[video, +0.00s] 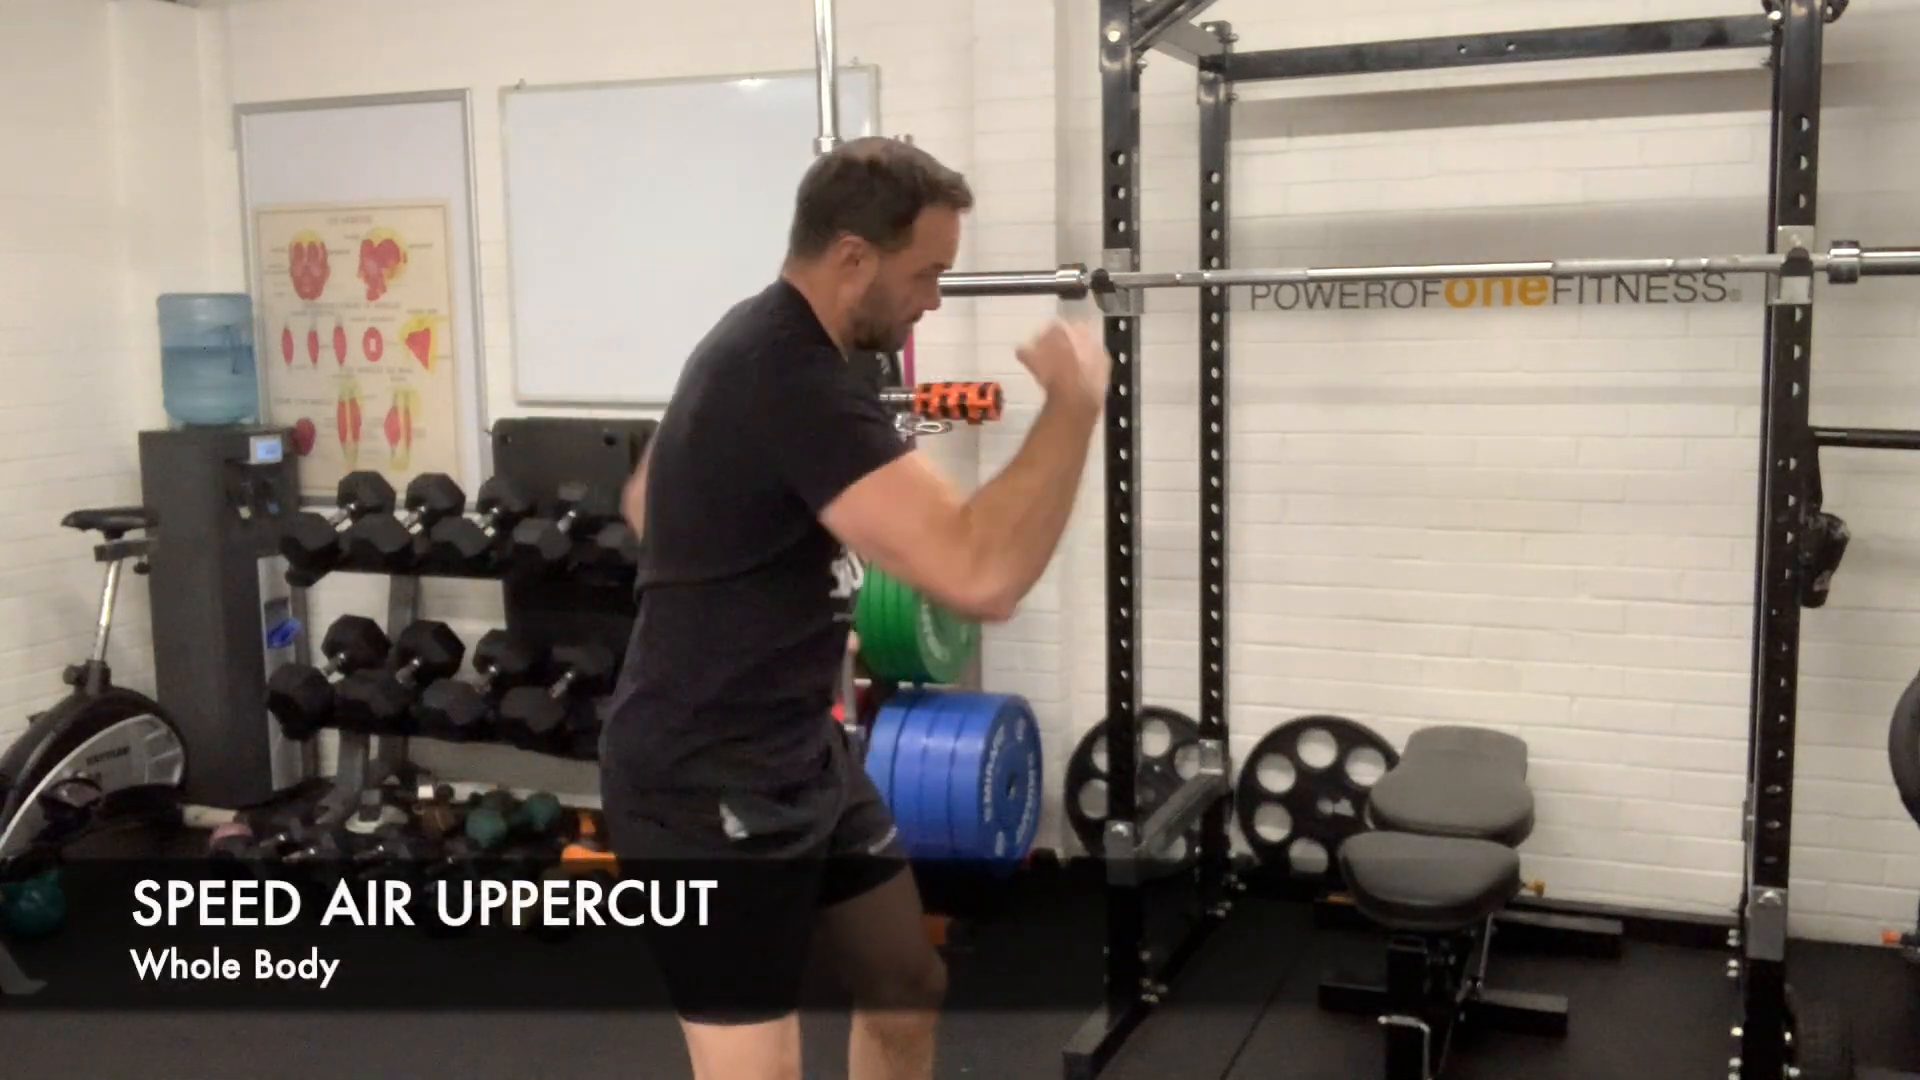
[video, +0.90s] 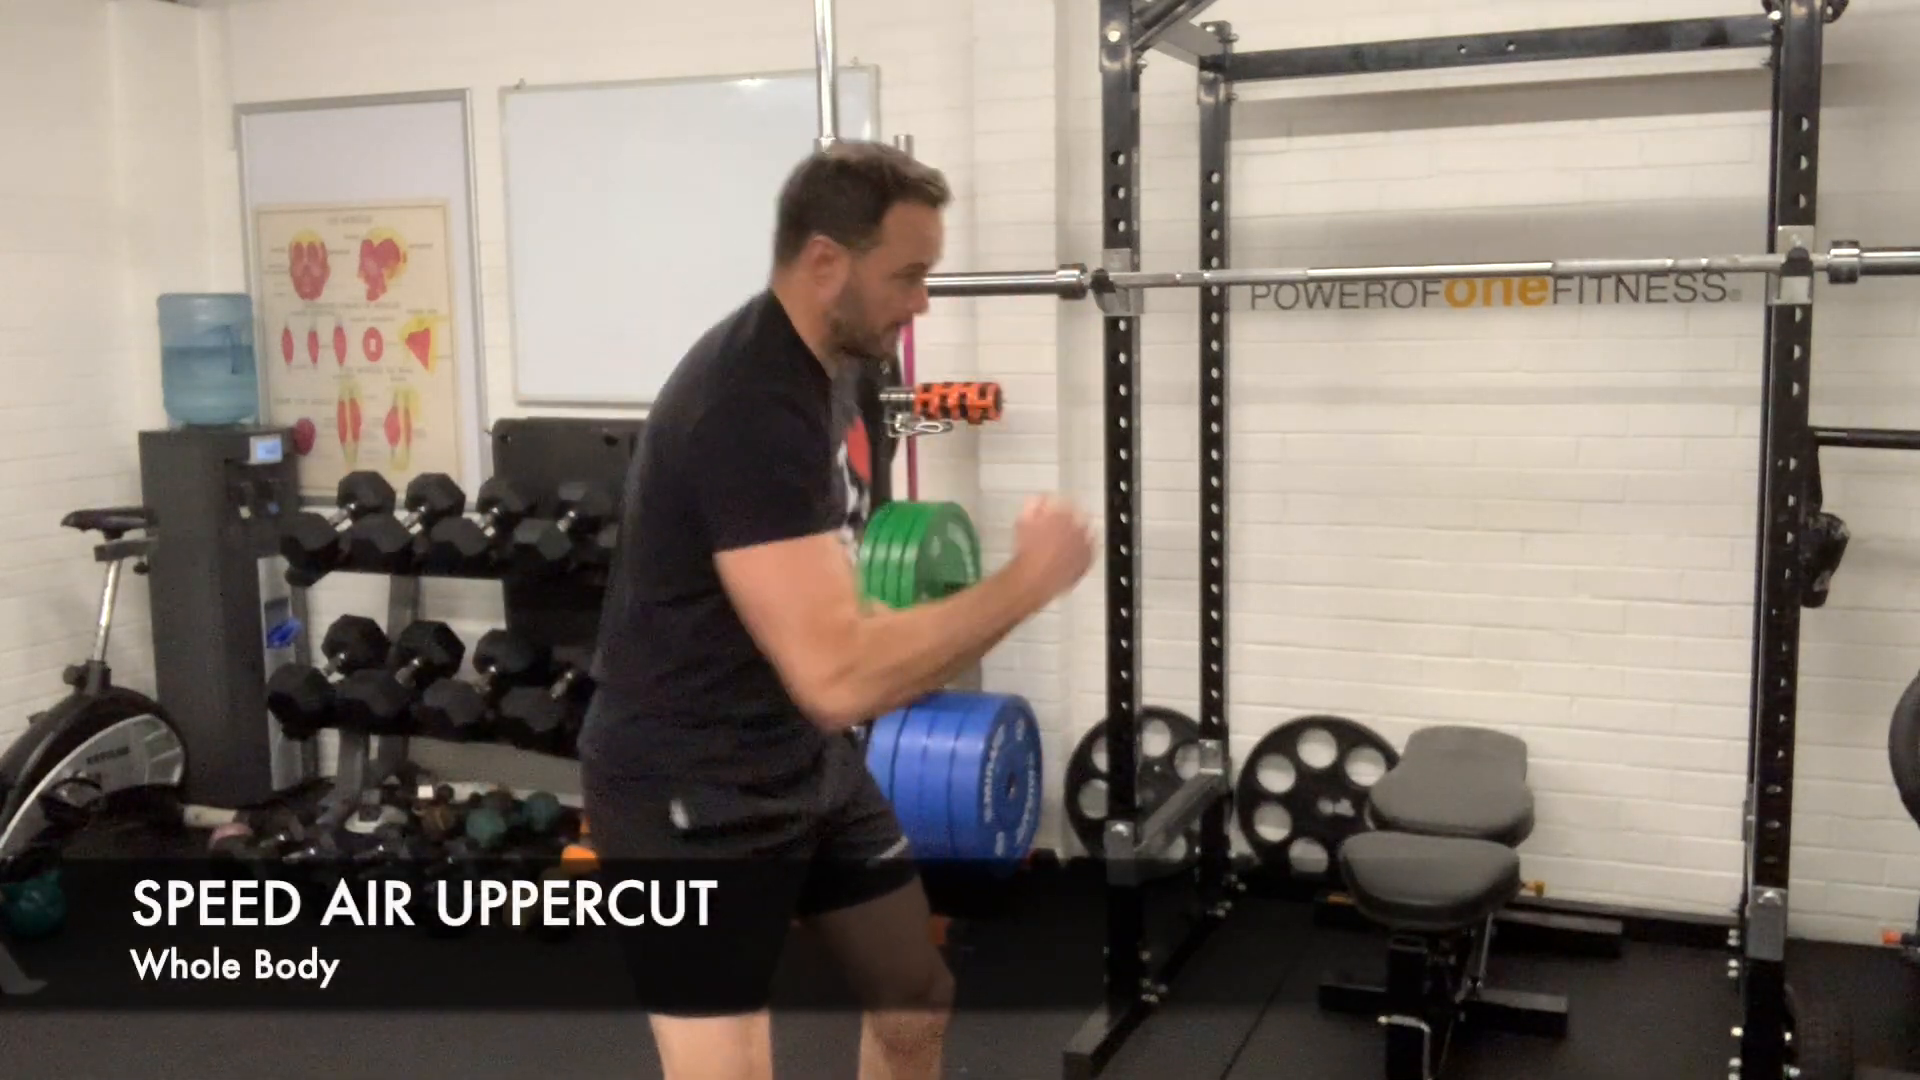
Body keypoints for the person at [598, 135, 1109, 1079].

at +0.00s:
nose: (933, 301)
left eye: (939, 278)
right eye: (927, 276)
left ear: (850, 257)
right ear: (854, 260)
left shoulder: (778, 344)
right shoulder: (784, 372)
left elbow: (648, 502)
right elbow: (982, 572)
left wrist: (799, 619)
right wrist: (1072, 404)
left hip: (803, 747)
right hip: (705, 777)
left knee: (904, 994)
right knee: (749, 1063)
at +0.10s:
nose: (944, 282)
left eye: (952, 257)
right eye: (930, 253)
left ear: (862, 240)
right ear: (847, 233)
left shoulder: (881, 369)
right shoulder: (730, 362)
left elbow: (839, 562)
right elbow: (771, 618)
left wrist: (910, 667)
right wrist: (968, 552)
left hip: (813, 743)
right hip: (685, 763)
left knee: (904, 1012)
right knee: (697, 1060)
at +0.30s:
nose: (864, 370)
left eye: (893, 349)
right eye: (845, 337)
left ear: (921, 332)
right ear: (789, 289)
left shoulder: (933, 450)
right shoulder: (650, 398)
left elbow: (1002, 645)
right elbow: (541, 506)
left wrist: (925, 448)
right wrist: (514, 633)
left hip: (832, 776)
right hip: (657, 776)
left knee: (939, 1058)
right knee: (642, 1061)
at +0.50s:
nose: (790, 320)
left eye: (804, 284)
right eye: (754, 295)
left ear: (820, 255)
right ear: (677, 278)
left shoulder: (888, 382)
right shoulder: (606, 415)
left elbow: (1011, 604)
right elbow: (508, 529)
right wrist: (498, 683)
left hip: (858, 762)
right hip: (682, 774)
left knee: (944, 1045)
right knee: (665, 1054)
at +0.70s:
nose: (833, 291)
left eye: (833, 268)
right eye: (815, 277)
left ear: (733, 283)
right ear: (731, 287)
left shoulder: (734, 339)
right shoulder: (701, 431)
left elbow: (771, 462)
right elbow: (936, 599)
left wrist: (852, 482)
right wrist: (1008, 389)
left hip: (842, 741)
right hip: (732, 784)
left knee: (933, 1016)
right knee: (748, 1065)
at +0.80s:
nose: (874, 274)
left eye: (876, 250)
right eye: (861, 253)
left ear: (777, 251)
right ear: (781, 252)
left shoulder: (696, 305)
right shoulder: (762, 393)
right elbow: (988, 552)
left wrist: (723, 499)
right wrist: (1069, 363)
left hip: (823, 736)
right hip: (728, 771)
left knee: (924, 987)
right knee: (751, 1063)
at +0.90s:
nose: (922, 305)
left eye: (925, 279)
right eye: (909, 278)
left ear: (830, 264)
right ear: (825, 263)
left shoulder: (823, 375)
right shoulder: (744, 402)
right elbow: (838, 677)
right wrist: (1027, 581)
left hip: (808, 760)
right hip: (692, 790)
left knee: (913, 999)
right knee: (723, 1063)